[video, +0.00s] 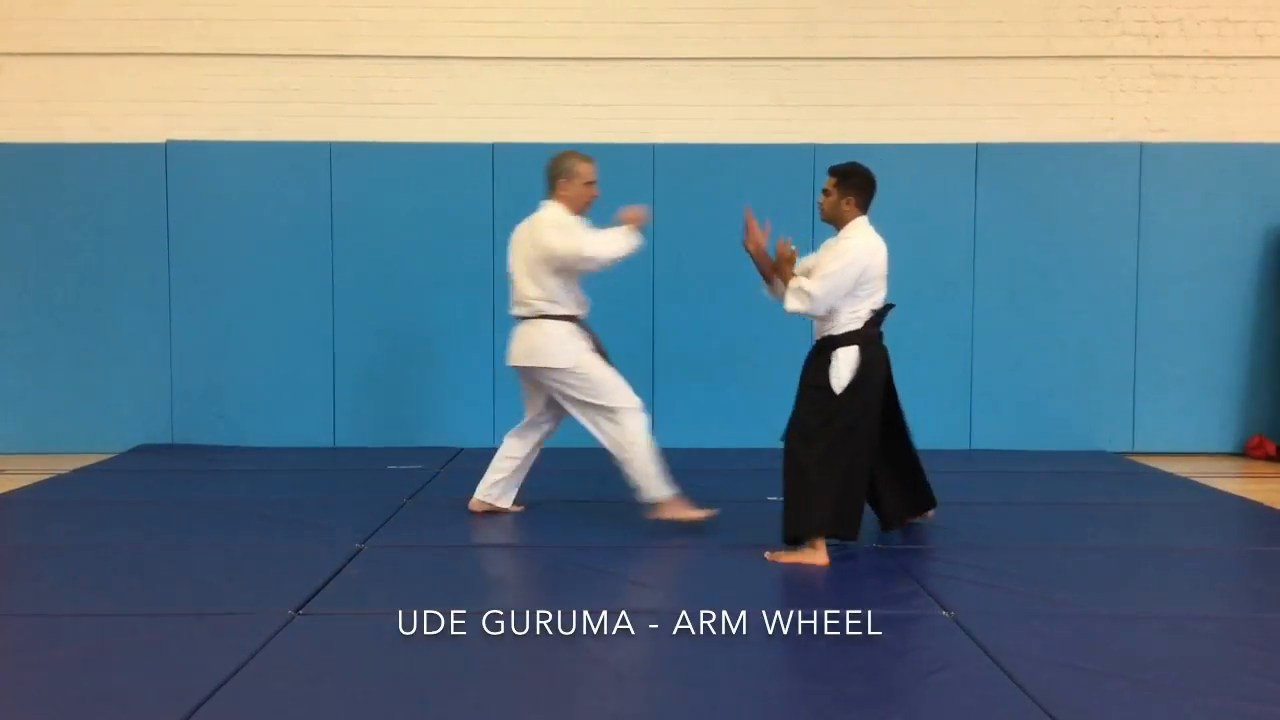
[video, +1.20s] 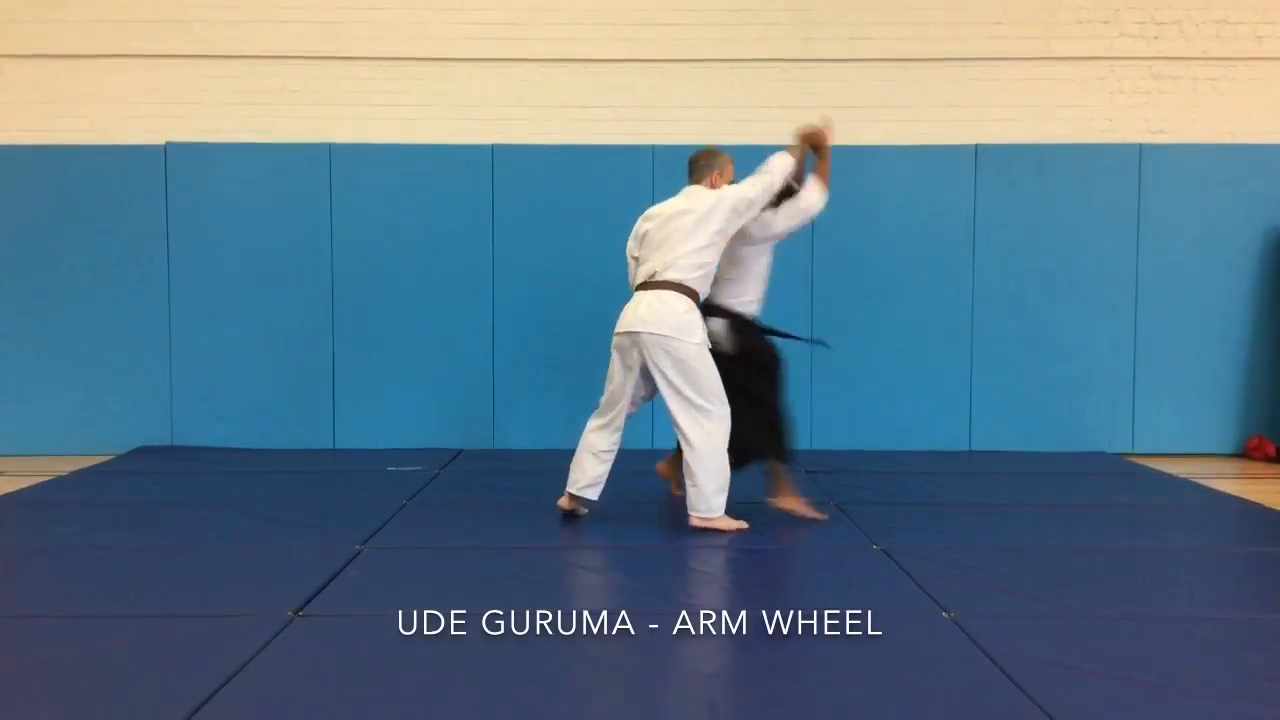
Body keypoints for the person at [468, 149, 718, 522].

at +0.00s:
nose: (594, 193)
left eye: (594, 184)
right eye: (588, 184)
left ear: (561, 187)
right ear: (563, 186)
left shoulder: (525, 228)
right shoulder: (556, 223)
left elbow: (547, 294)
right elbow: (587, 253)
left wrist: (583, 336)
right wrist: (628, 230)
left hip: (527, 340)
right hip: (555, 339)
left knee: (540, 419)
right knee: (624, 409)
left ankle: (489, 496)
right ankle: (663, 499)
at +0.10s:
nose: (631, 191)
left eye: (630, 183)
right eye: (624, 183)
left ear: (596, 187)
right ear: (600, 185)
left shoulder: (551, 231)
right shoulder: (620, 224)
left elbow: (533, 291)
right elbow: (678, 229)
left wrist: (540, 337)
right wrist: (727, 204)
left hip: (565, 342)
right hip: (606, 341)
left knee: (557, 418)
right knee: (664, 418)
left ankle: (498, 485)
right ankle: (706, 507)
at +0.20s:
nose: (666, 189)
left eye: (664, 182)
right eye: (660, 183)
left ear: (629, 189)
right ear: (639, 187)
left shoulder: (591, 234)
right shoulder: (670, 226)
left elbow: (559, 287)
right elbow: (724, 211)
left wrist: (540, 332)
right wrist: (769, 185)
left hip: (595, 346)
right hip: (638, 348)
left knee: (592, 414)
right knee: (700, 421)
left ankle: (528, 473)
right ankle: (711, 514)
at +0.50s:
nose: (716, 177)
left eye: (715, 170)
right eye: (711, 171)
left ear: (676, 174)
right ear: (694, 173)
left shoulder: (634, 210)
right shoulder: (716, 214)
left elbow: (601, 262)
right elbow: (777, 224)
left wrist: (581, 311)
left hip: (624, 325)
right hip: (668, 327)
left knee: (614, 411)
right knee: (707, 420)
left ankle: (570, 487)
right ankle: (710, 515)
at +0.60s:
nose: (730, 186)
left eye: (729, 179)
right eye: (726, 179)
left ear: (691, 181)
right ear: (710, 181)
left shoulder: (647, 211)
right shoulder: (731, 225)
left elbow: (607, 256)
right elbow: (781, 252)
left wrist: (586, 304)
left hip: (626, 321)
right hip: (669, 325)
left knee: (607, 410)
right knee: (708, 419)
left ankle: (566, 490)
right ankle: (708, 515)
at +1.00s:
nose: (729, 202)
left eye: (728, 196)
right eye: (728, 197)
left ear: (690, 194)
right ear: (718, 195)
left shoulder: (651, 220)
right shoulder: (727, 221)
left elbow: (622, 277)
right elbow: (762, 197)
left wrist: (644, 309)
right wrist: (775, 173)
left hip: (632, 318)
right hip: (678, 321)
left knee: (604, 413)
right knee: (714, 416)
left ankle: (572, 497)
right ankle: (710, 514)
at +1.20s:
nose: (734, 185)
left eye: (733, 178)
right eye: (732, 178)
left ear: (694, 176)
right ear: (715, 178)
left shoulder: (652, 214)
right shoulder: (721, 203)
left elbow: (636, 270)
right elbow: (771, 179)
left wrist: (660, 300)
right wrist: (798, 149)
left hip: (633, 314)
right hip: (675, 316)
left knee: (612, 408)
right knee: (708, 412)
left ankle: (575, 494)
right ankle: (707, 512)